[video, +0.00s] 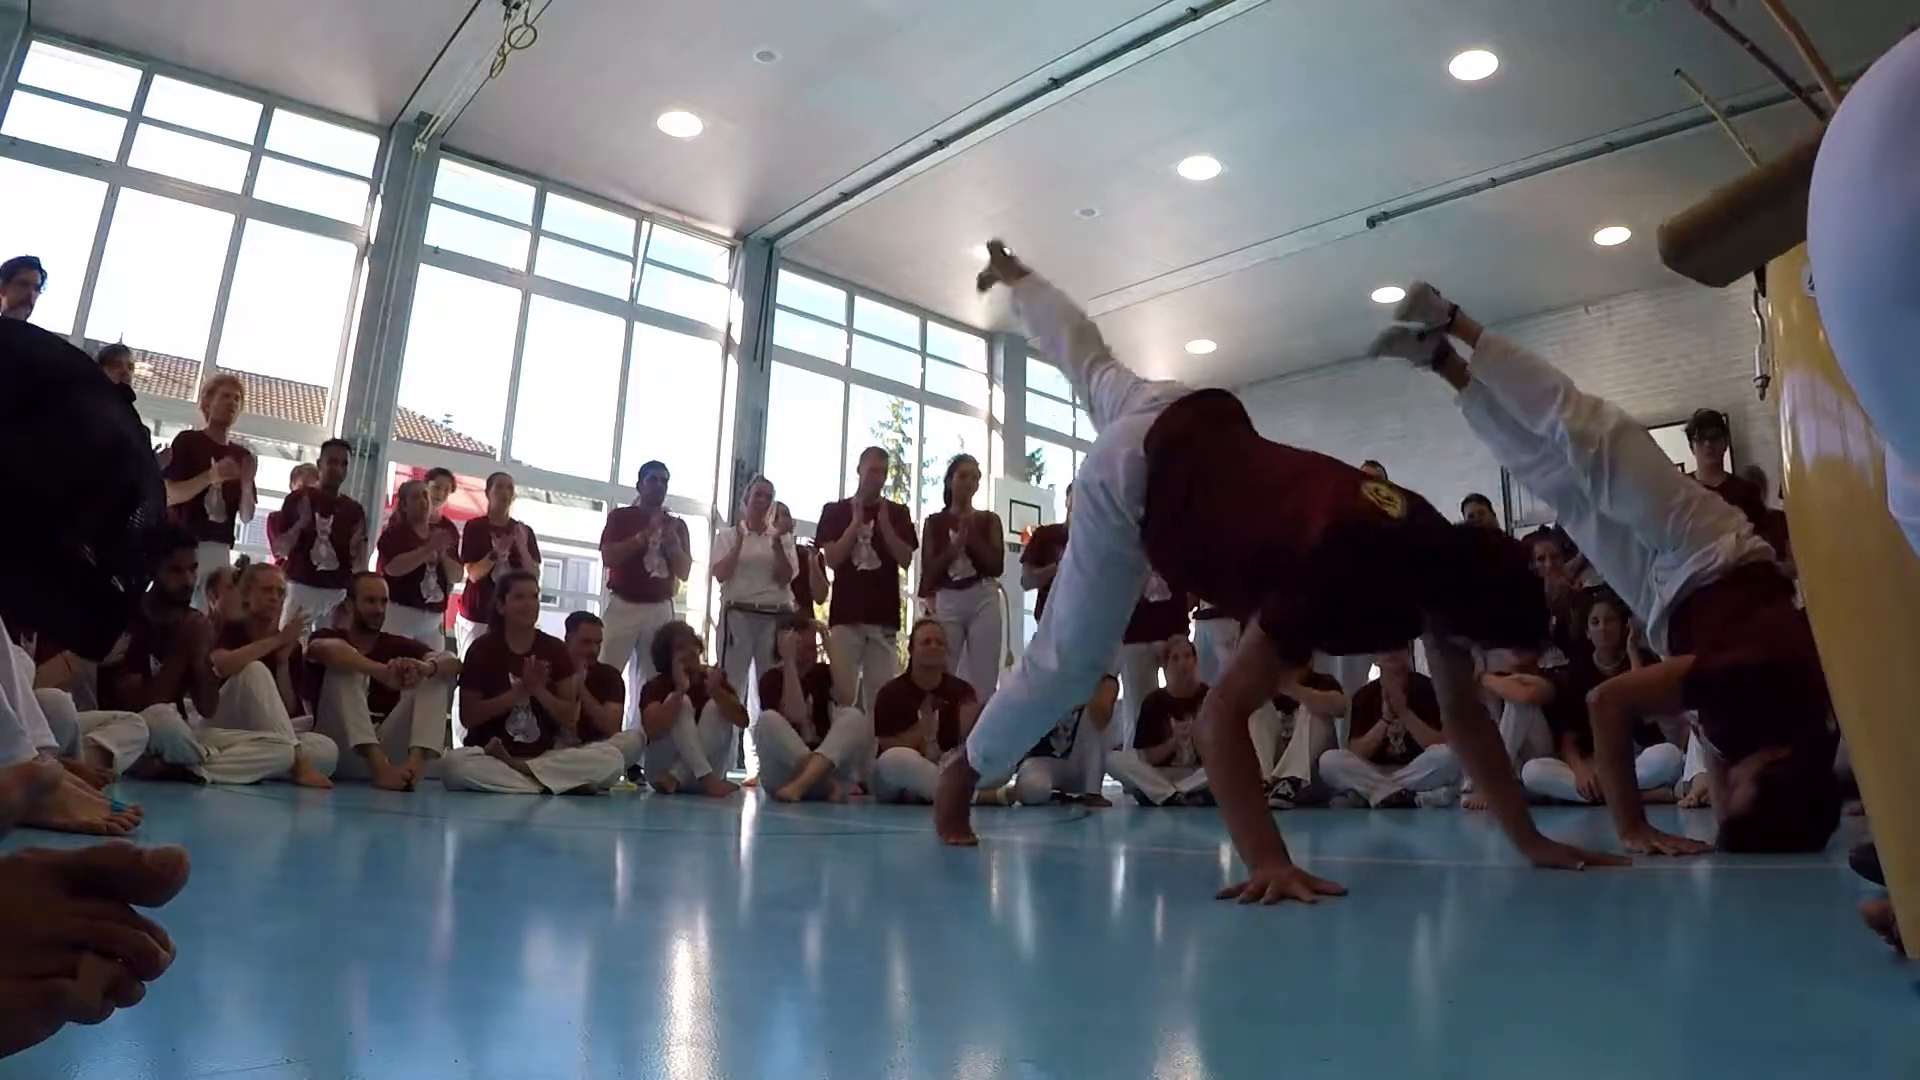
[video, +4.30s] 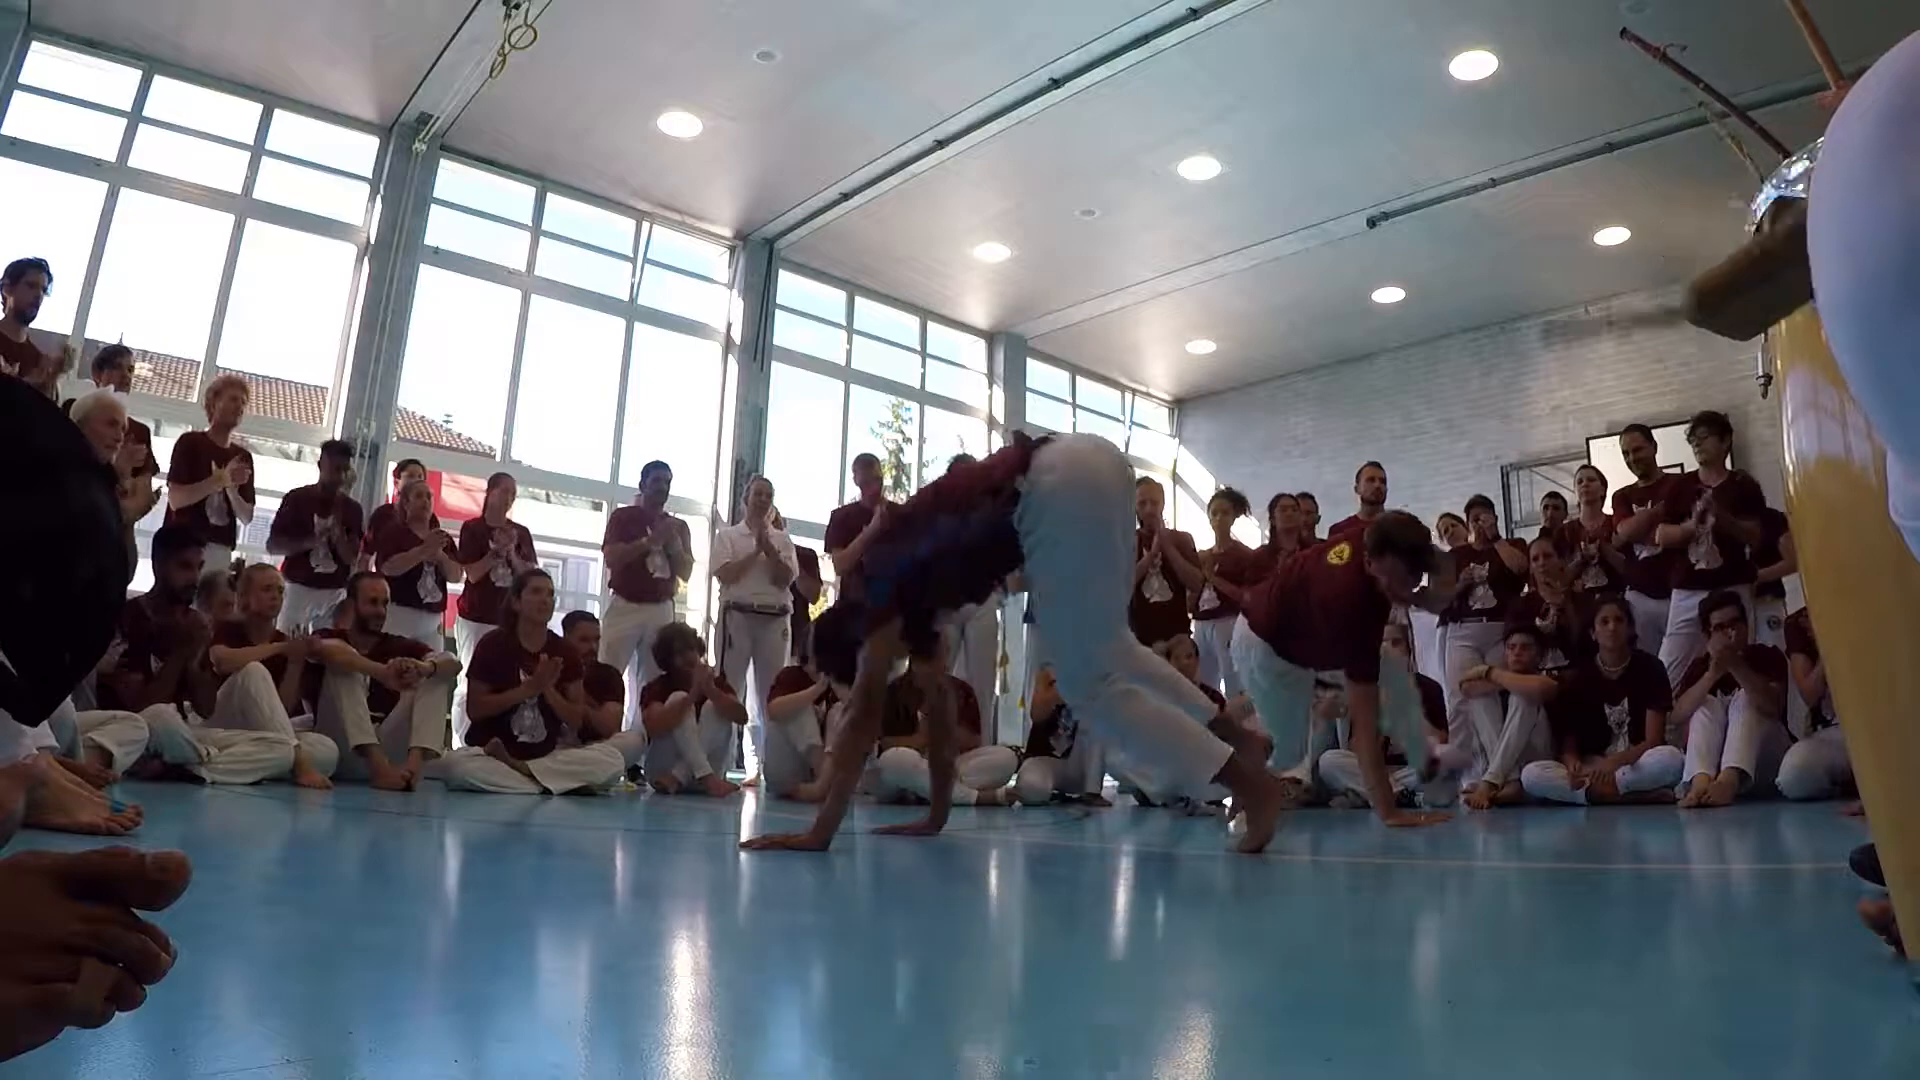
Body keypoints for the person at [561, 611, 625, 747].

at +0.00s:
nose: (593, 650)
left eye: (598, 643)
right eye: (586, 642)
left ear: (602, 643)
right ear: (568, 640)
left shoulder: (610, 675)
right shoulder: (551, 674)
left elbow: (611, 728)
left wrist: (581, 689)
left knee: (635, 738)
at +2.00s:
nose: (594, 648)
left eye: (599, 642)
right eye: (586, 641)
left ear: (602, 642)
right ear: (569, 640)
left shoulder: (610, 675)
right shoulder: (551, 672)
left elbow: (609, 729)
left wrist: (572, 691)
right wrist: (566, 681)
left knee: (634, 739)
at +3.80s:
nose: (591, 646)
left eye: (596, 639)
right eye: (583, 639)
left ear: (600, 640)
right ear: (565, 640)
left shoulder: (609, 675)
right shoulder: (550, 673)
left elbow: (610, 729)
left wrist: (578, 690)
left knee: (634, 738)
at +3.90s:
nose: (592, 646)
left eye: (596, 639)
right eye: (583, 639)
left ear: (600, 640)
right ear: (565, 640)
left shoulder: (610, 675)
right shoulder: (550, 672)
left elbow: (609, 729)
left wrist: (578, 701)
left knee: (634, 738)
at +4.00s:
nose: (592, 646)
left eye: (596, 639)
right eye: (583, 639)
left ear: (600, 640)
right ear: (566, 639)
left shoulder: (609, 675)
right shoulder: (551, 673)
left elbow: (610, 728)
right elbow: (570, 722)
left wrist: (579, 696)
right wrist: (549, 687)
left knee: (633, 738)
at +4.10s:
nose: (593, 647)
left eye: (596, 639)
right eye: (584, 640)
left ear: (600, 640)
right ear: (565, 641)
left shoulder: (610, 674)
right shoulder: (552, 674)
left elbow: (609, 728)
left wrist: (582, 696)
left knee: (634, 738)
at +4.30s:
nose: (592, 647)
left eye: (596, 640)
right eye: (584, 640)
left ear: (600, 640)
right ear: (565, 640)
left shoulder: (609, 675)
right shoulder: (549, 671)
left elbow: (609, 727)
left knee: (634, 739)